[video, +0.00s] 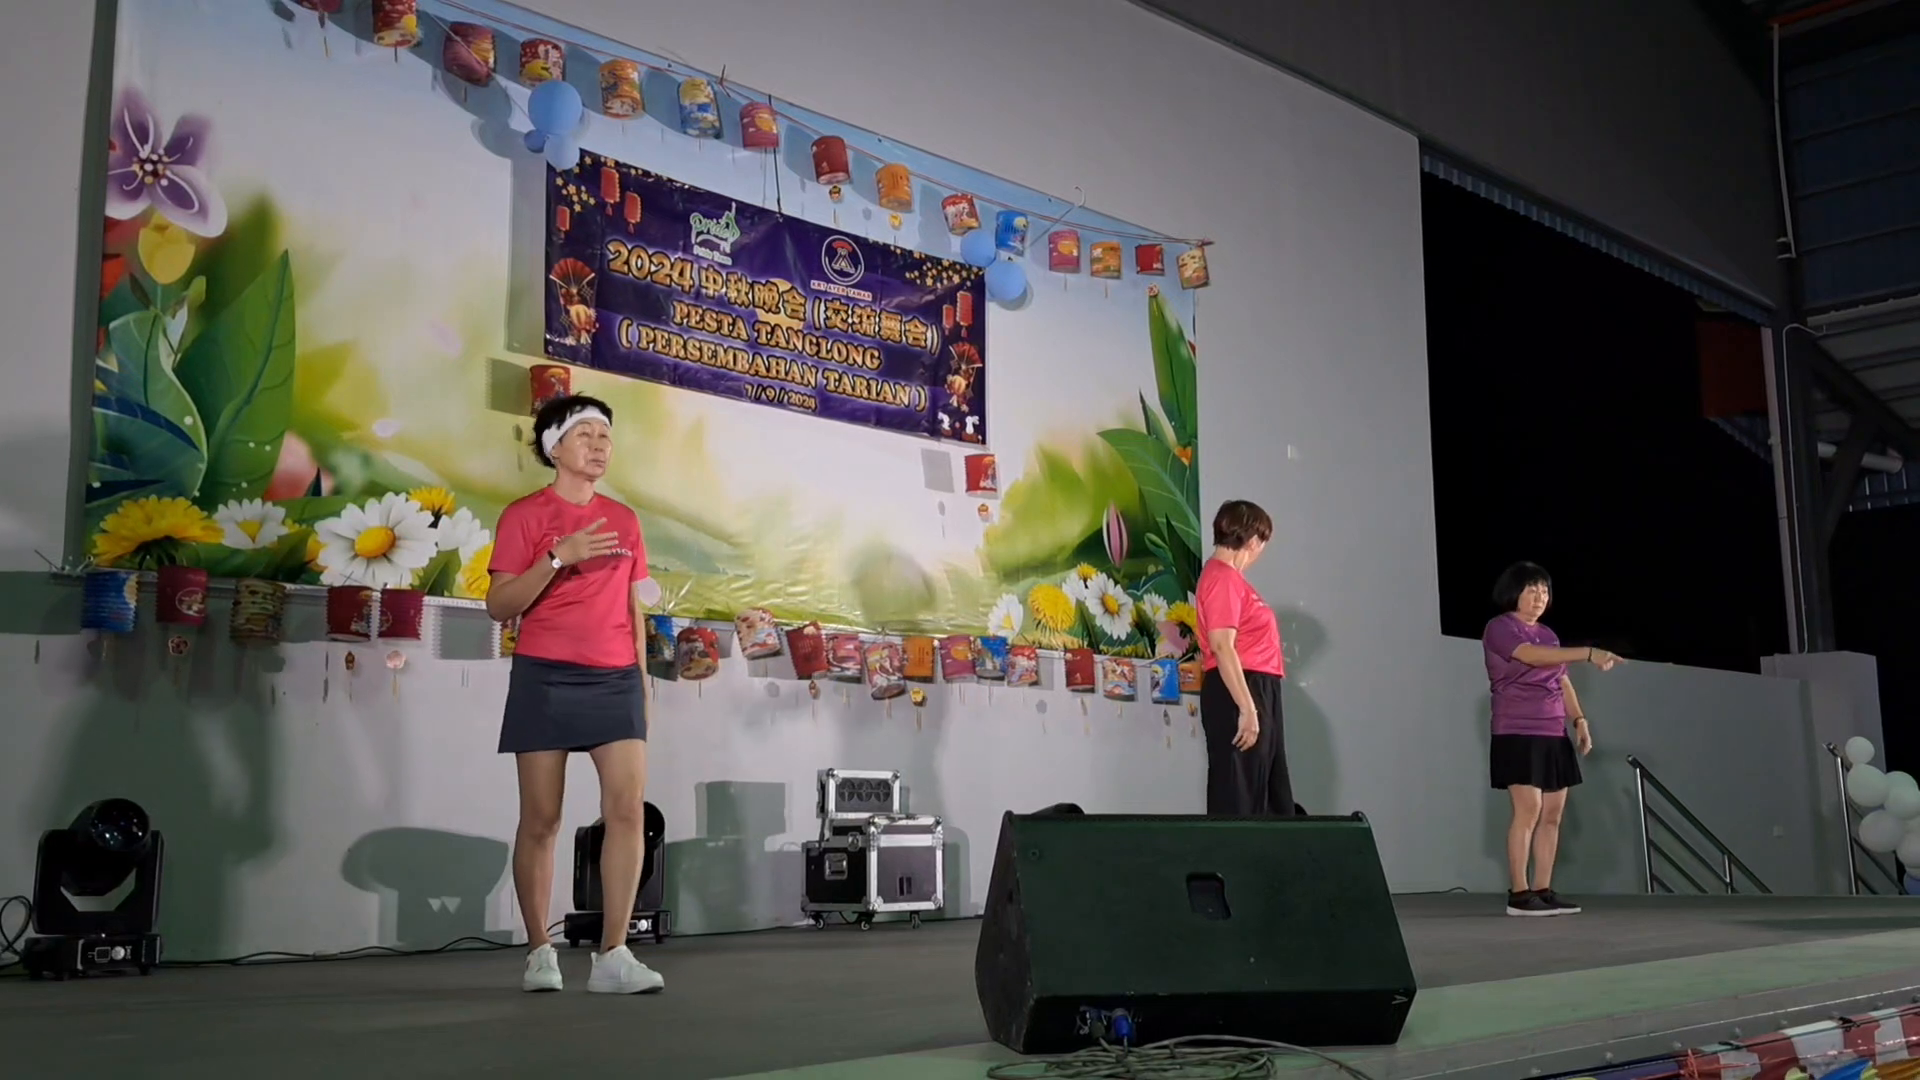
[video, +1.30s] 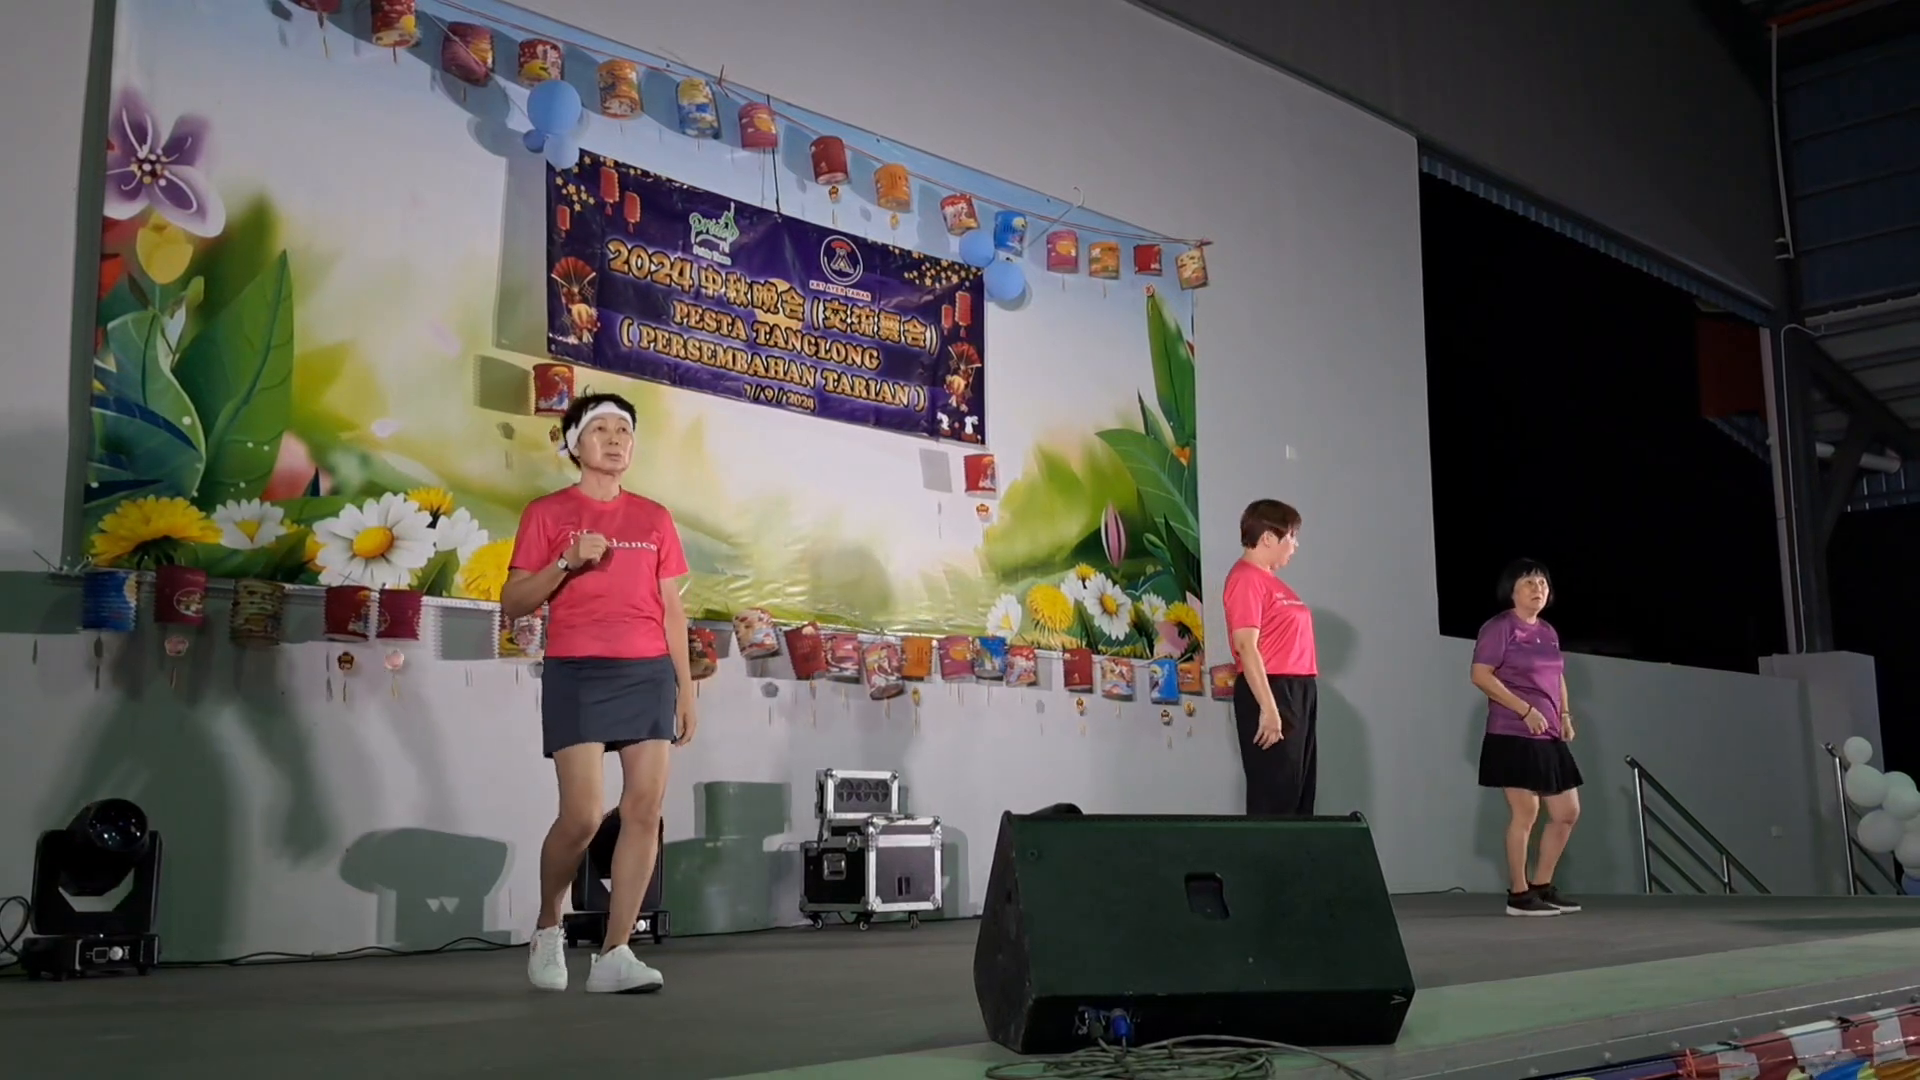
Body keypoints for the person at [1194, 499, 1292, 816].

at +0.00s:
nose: (1261, 550)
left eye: (1263, 542)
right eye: (1262, 541)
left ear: (1224, 532)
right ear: (1252, 540)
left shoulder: (1226, 575)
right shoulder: (1223, 576)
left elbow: (1227, 646)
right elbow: (1222, 645)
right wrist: (1247, 708)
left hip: (1258, 684)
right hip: (1241, 684)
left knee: (1264, 788)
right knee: (1240, 791)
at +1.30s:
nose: (1295, 546)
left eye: (1295, 538)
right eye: (1291, 537)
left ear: (1267, 540)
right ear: (1268, 539)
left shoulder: (1268, 578)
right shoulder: (1247, 577)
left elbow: (1268, 644)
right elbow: (1245, 647)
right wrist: (1267, 707)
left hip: (1299, 691)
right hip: (1274, 691)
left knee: (1299, 796)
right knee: (1275, 798)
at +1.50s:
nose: (1293, 542)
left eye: (1296, 534)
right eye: (1285, 533)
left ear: (1299, 538)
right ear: (1259, 538)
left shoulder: (1284, 580)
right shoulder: (1242, 580)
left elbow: (1291, 643)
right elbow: (1237, 648)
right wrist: (1257, 708)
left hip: (1306, 694)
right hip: (1271, 696)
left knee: (1306, 804)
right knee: (1281, 806)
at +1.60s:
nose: (1294, 542)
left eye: (1297, 534)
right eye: (1285, 533)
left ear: (1300, 538)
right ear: (1259, 538)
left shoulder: (1292, 582)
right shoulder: (1240, 582)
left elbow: (1301, 646)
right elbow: (1234, 649)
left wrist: (1315, 705)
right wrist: (1247, 709)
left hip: (1309, 695)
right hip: (1269, 696)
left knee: (1307, 803)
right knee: (1277, 805)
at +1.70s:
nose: (1300, 543)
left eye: (1301, 535)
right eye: (1293, 534)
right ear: (1265, 538)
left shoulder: (1298, 583)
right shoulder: (1241, 582)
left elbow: (1311, 650)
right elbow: (1231, 649)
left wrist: (1330, 701)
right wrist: (1239, 710)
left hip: (1311, 697)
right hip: (1268, 697)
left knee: (1307, 806)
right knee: (1276, 807)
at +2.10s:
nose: (1311, 546)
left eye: (1312, 538)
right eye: (1310, 537)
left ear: (1287, 538)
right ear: (1293, 537)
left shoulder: (1295, 582)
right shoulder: (1253, 578)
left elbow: (1307, 649)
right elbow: (1241, 647)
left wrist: (1332, 697)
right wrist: (1247, 712)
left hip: (1311, 697)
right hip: (1276, 696)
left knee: (1306, 804)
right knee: (1278, 805)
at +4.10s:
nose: (1286, 541)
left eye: (1287, 533)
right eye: (1284, 532)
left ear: (1249, 529)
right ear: (1270, 531)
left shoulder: (1248, 567)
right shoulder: (1248, 567)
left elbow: (1253, 635)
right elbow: (1251, 633)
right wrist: (1280, 696)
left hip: (1272, 680)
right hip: (1257, 681)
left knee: (1279, 789)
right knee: (1259, 790)